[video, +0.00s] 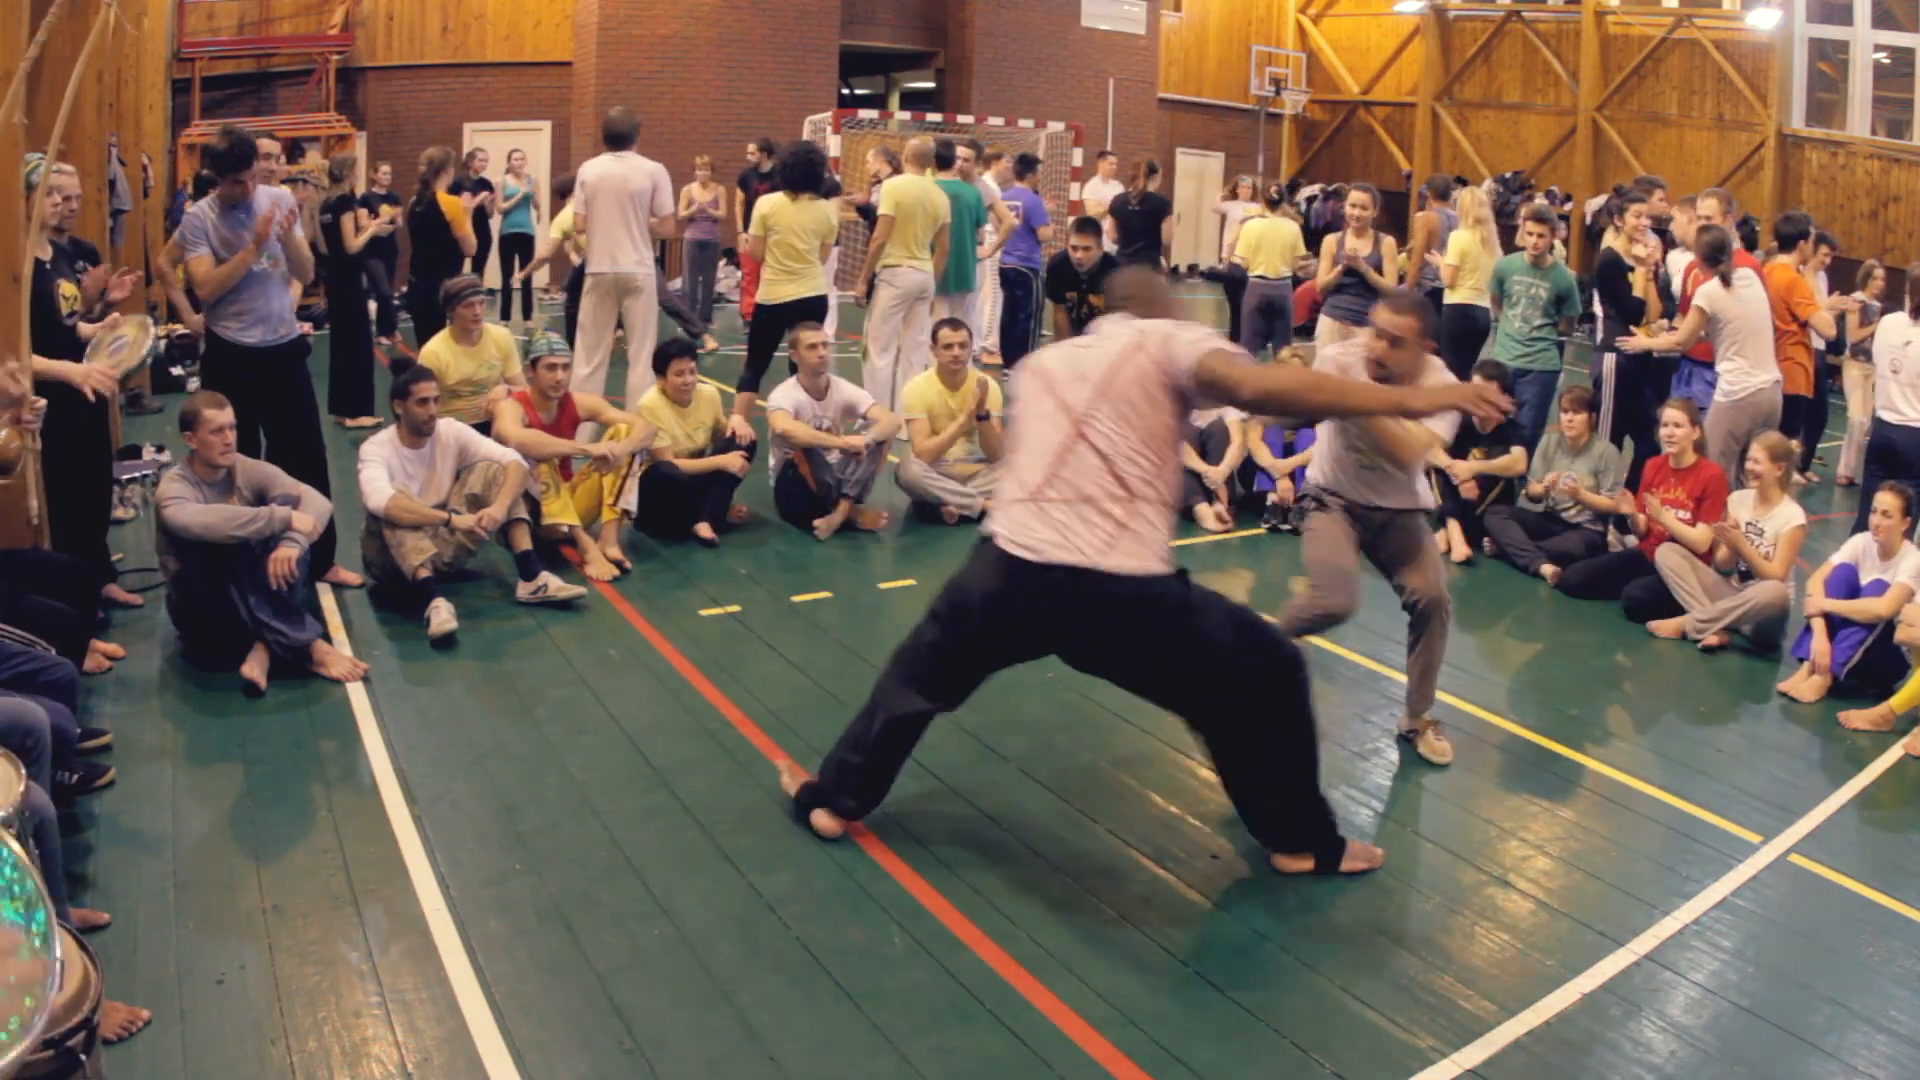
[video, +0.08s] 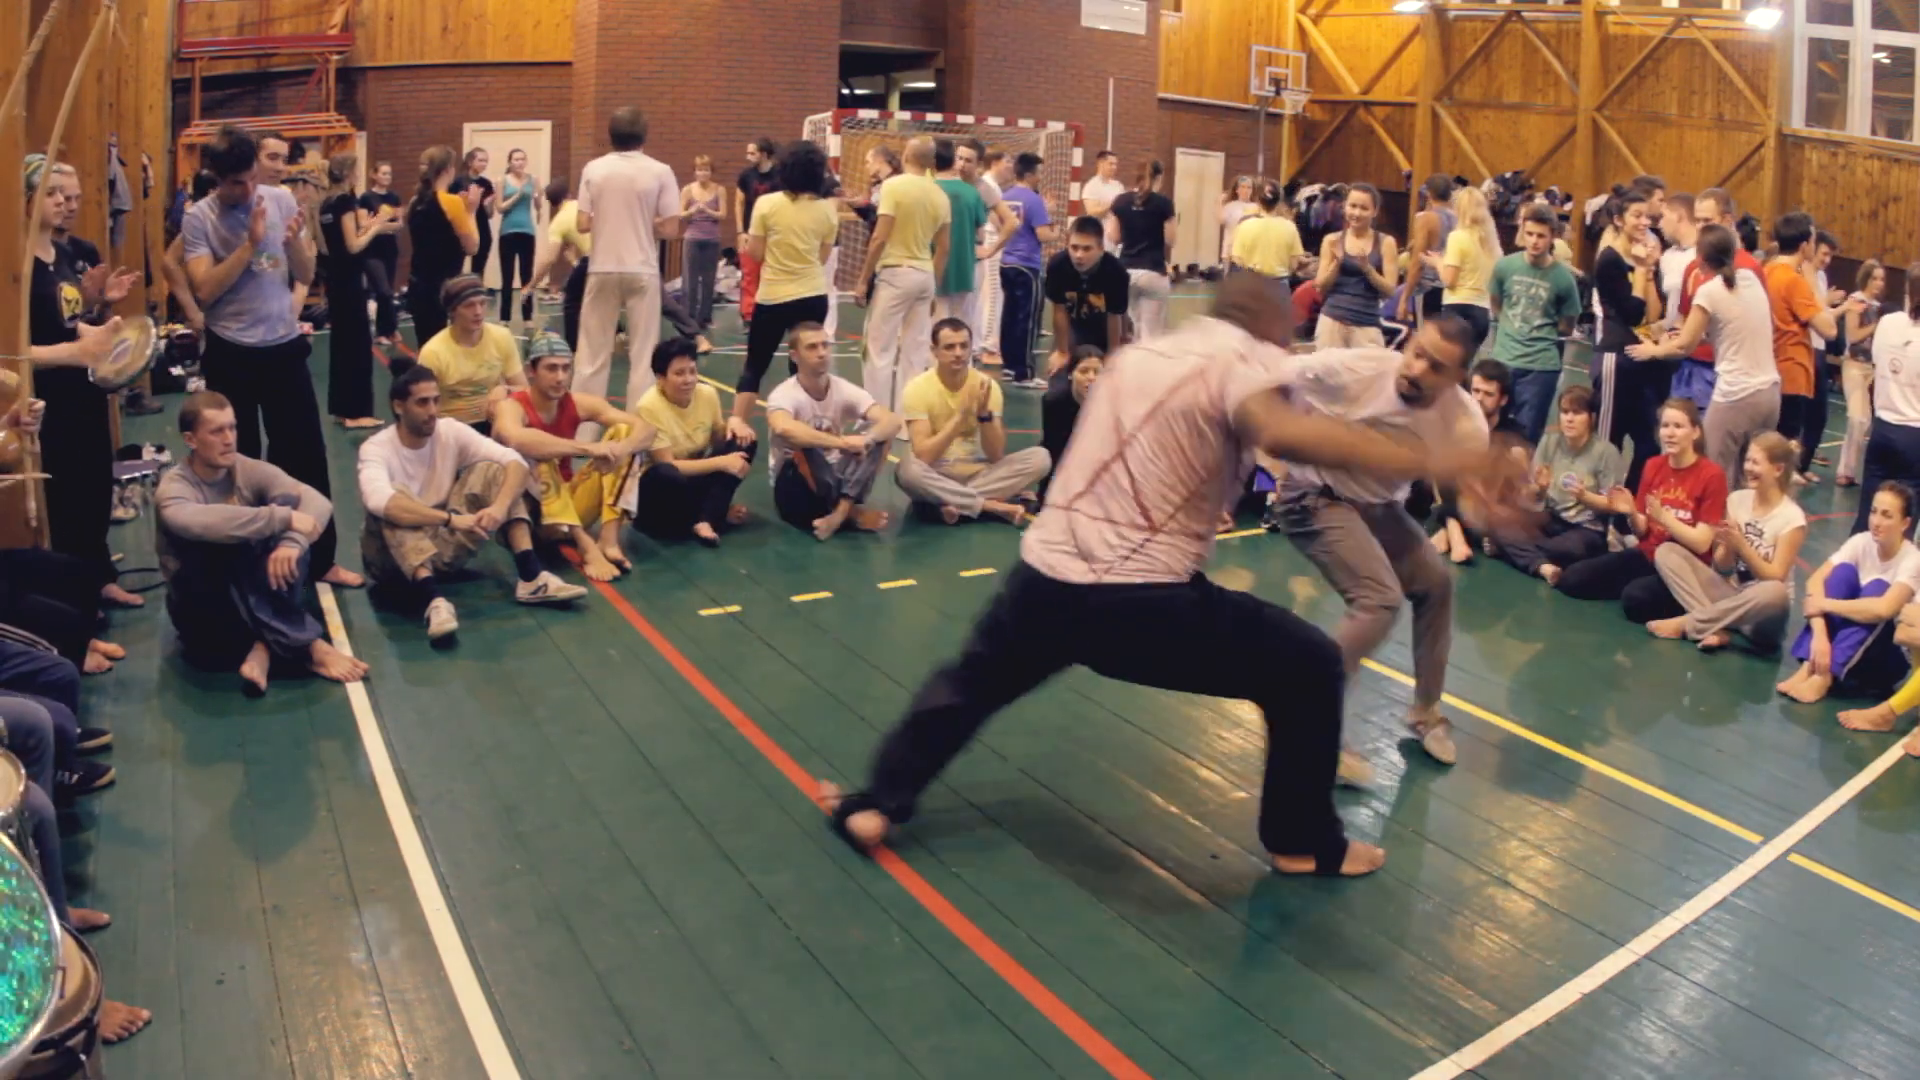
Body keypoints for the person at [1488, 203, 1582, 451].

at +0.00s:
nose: (1534, 241)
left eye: (1541, 236)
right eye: (1530, 234)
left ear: (1552, 238)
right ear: (1522, 234)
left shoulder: (1564, 278)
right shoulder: (1504, 266)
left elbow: (1568, 324)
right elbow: (1496, 307)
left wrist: (1540, 334)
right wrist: (1514, 329)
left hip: (1540, 359)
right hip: (1502, 355)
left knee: (1527, 430)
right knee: (1492, 425)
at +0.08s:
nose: (1534, 241)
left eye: (1541, 236)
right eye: (1530, 234)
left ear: (1552, 238)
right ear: (1522, 234)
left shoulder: (1564, 278)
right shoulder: (1504, 266)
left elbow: (1567, 325)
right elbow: (1496, 307)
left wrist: (1540, 334)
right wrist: (1515, 329)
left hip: (1541, 362)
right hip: (1503, 355)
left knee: (1526, 432)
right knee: (1491, 426)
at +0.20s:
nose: (1534, 241)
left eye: (1540, 235)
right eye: (1529, 234)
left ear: (1552, 238)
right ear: (1521, 234)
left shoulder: (1563, 279)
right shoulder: (1503, 266)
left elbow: (1567, 326)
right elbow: (1495, 309)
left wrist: (1539, 334)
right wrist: (1514, 330)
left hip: (1540, 360)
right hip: (1503, 356)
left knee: (1526, 430)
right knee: (1492, 424)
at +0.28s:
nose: (1533, 241)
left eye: (1540, 236)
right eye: (1529, 234)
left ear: (1552, 238)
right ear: (1521, 234)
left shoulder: (1562, 277)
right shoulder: (1503, 266)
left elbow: (1567, 324)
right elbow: (1494, 306)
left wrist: (1540, 334)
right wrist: (1515, 327)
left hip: (1540, 360)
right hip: (1504, 355)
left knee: (1527, 430)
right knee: (1494, 424)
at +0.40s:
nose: (1533, 241)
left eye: (1540, 236)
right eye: (1528, 234)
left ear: (1552, 238)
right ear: (1521, 234)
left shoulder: (1563, 278)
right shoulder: (1503, 266)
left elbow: (1566, 326)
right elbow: (1495, 305)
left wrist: (1540, 334)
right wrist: (1518, 326)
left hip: (1540, 360)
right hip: (1504, 355)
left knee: (1526, 431)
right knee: (1495, 425)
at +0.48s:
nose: (1532, 241)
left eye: (1539, 236)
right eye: (1528, 234)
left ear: (1552, 238)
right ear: (1521, 234)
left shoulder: (1563, 278)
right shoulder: (1503, 266)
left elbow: (1566, 326)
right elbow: (1494, 306)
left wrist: (1540, 335)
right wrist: (1518, 327)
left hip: (1540, 360)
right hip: (1504, 355)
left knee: (1526, 431)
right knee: (1495, 425)